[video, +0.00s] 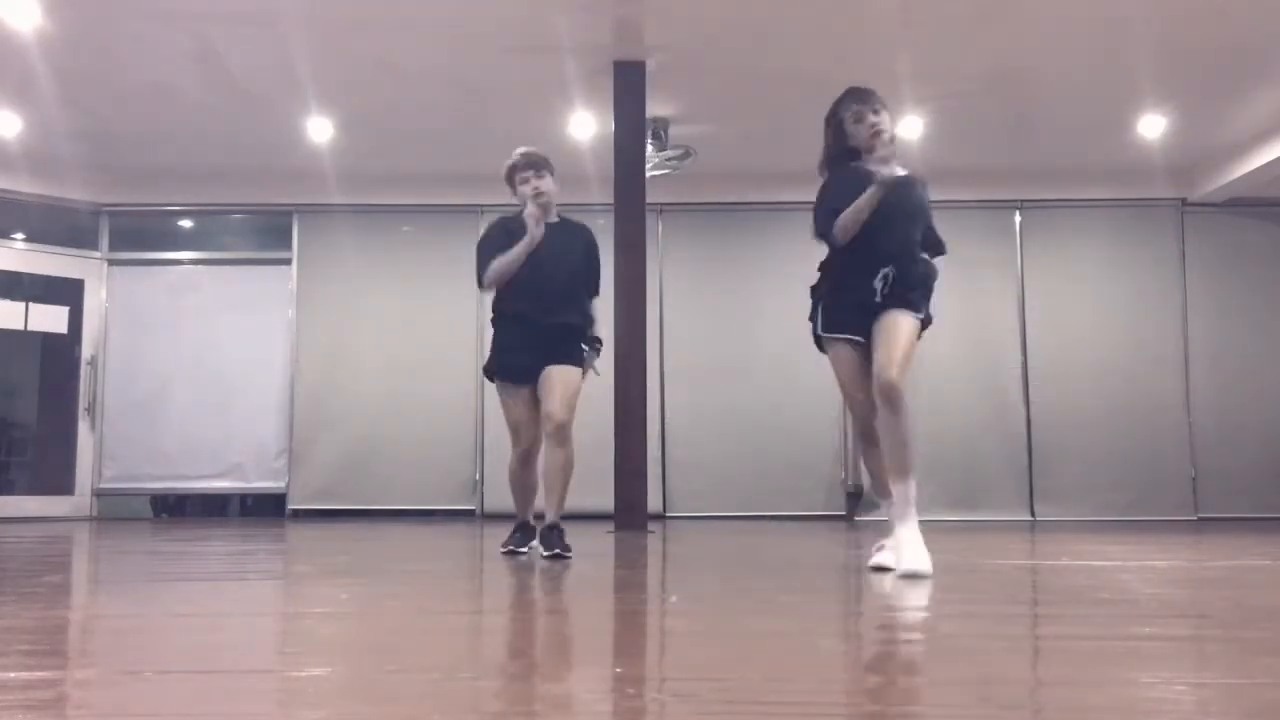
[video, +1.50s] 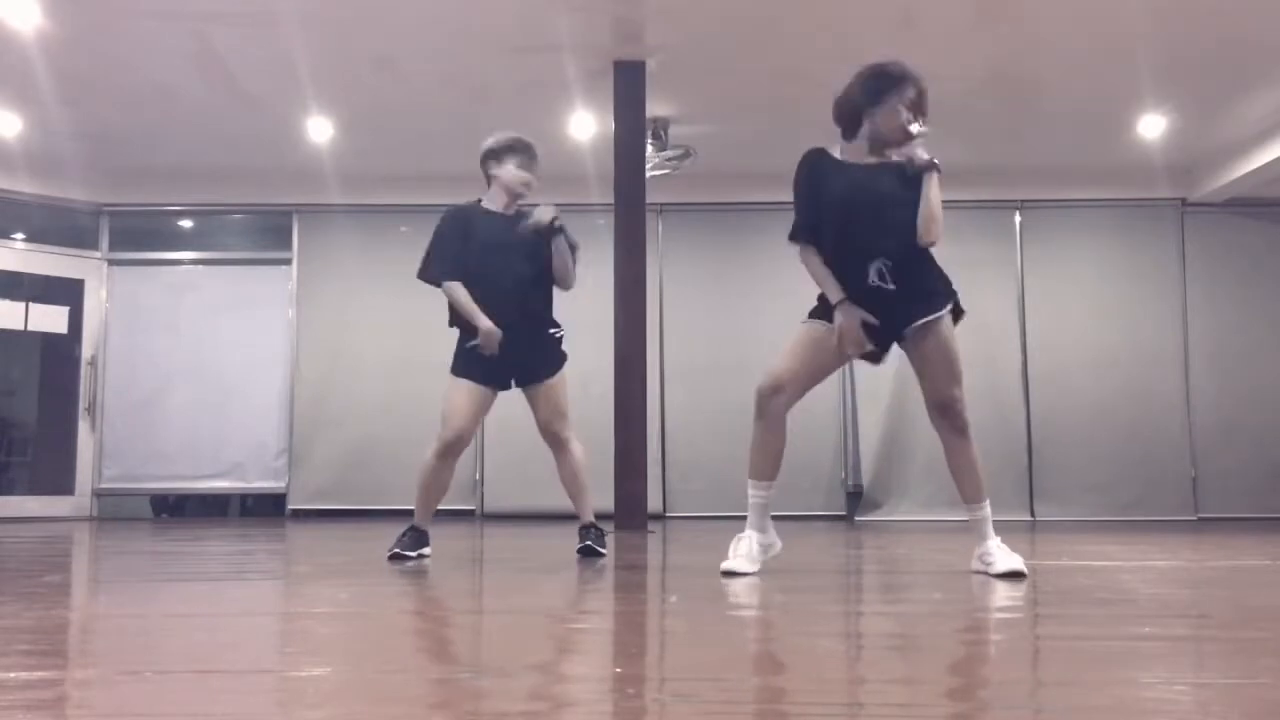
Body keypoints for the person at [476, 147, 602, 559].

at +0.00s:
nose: (533, 185)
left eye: (539, 176)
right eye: (524, 181)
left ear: (554, 181)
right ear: (514, 190)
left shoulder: (579, 234)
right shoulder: (501, 230)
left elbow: (589, 295)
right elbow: (488, 278)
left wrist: (590, 338)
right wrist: (529, 238)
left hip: (565, 341)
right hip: (514, 341)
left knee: (558, 423)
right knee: (524, 446)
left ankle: (552, 525)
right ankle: (524, 524)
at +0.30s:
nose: (561, 192)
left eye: (569, 190)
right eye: (558, 181)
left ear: (571, 200)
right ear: (537, 179)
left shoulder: (571, 245)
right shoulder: (502, 225)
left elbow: (591, 292)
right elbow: (501, 204)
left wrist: (587, 308)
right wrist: (529, 174)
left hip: (558, 341)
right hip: (506, 338)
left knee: (552, 429)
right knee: (514, 417)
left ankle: (550, 527)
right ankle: (520, 482)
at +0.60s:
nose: (517, 158)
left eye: (526, 152)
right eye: (509, 151)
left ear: (539, 163)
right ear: (495, 160)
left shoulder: (553, 220)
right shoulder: (471, 208)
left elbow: (573, 279)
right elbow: (446, 261)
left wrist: (551, 298)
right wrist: (457, 289)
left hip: (532, 335)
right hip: (477, 332)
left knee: (552, 436)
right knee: (448, 433)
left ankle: (584, 527)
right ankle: (414, 527)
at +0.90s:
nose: (502, 165)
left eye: (512, 159)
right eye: (494, 158)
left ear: (527, 168)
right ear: (482, 167)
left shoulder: (546, 220)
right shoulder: (460, 219)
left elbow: (567, 279)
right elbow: (448, 281)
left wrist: (543, 282)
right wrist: (466, 331)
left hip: (535, 340)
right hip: (481, 341)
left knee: (556, 431)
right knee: (449, 435)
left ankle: (585, 527)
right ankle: (417, 529)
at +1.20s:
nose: (484, 173)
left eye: (492, 166)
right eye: (476, 167)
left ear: (509, 174)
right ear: (466, 177)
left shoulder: (533, 212)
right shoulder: (466, 236)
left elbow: (559, 273)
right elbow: (454, 284)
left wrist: (533, 326)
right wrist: (457, 285)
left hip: (514, 341)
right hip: (464, 341)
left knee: (543, 441)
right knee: (443, 435)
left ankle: (585, 528)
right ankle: (416, 530)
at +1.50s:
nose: (527, 175)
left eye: (530, 169)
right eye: (518, 166)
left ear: (533, 176)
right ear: (491, 169)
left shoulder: (542, 225)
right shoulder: (460, 219)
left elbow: (566, 281)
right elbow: (448, 280)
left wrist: (553, 232)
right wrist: (483, 323)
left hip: (536, 344)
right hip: (479, 344)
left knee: (558, 432)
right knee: (451, 438)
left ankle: (589, 526)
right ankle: (418, 530)